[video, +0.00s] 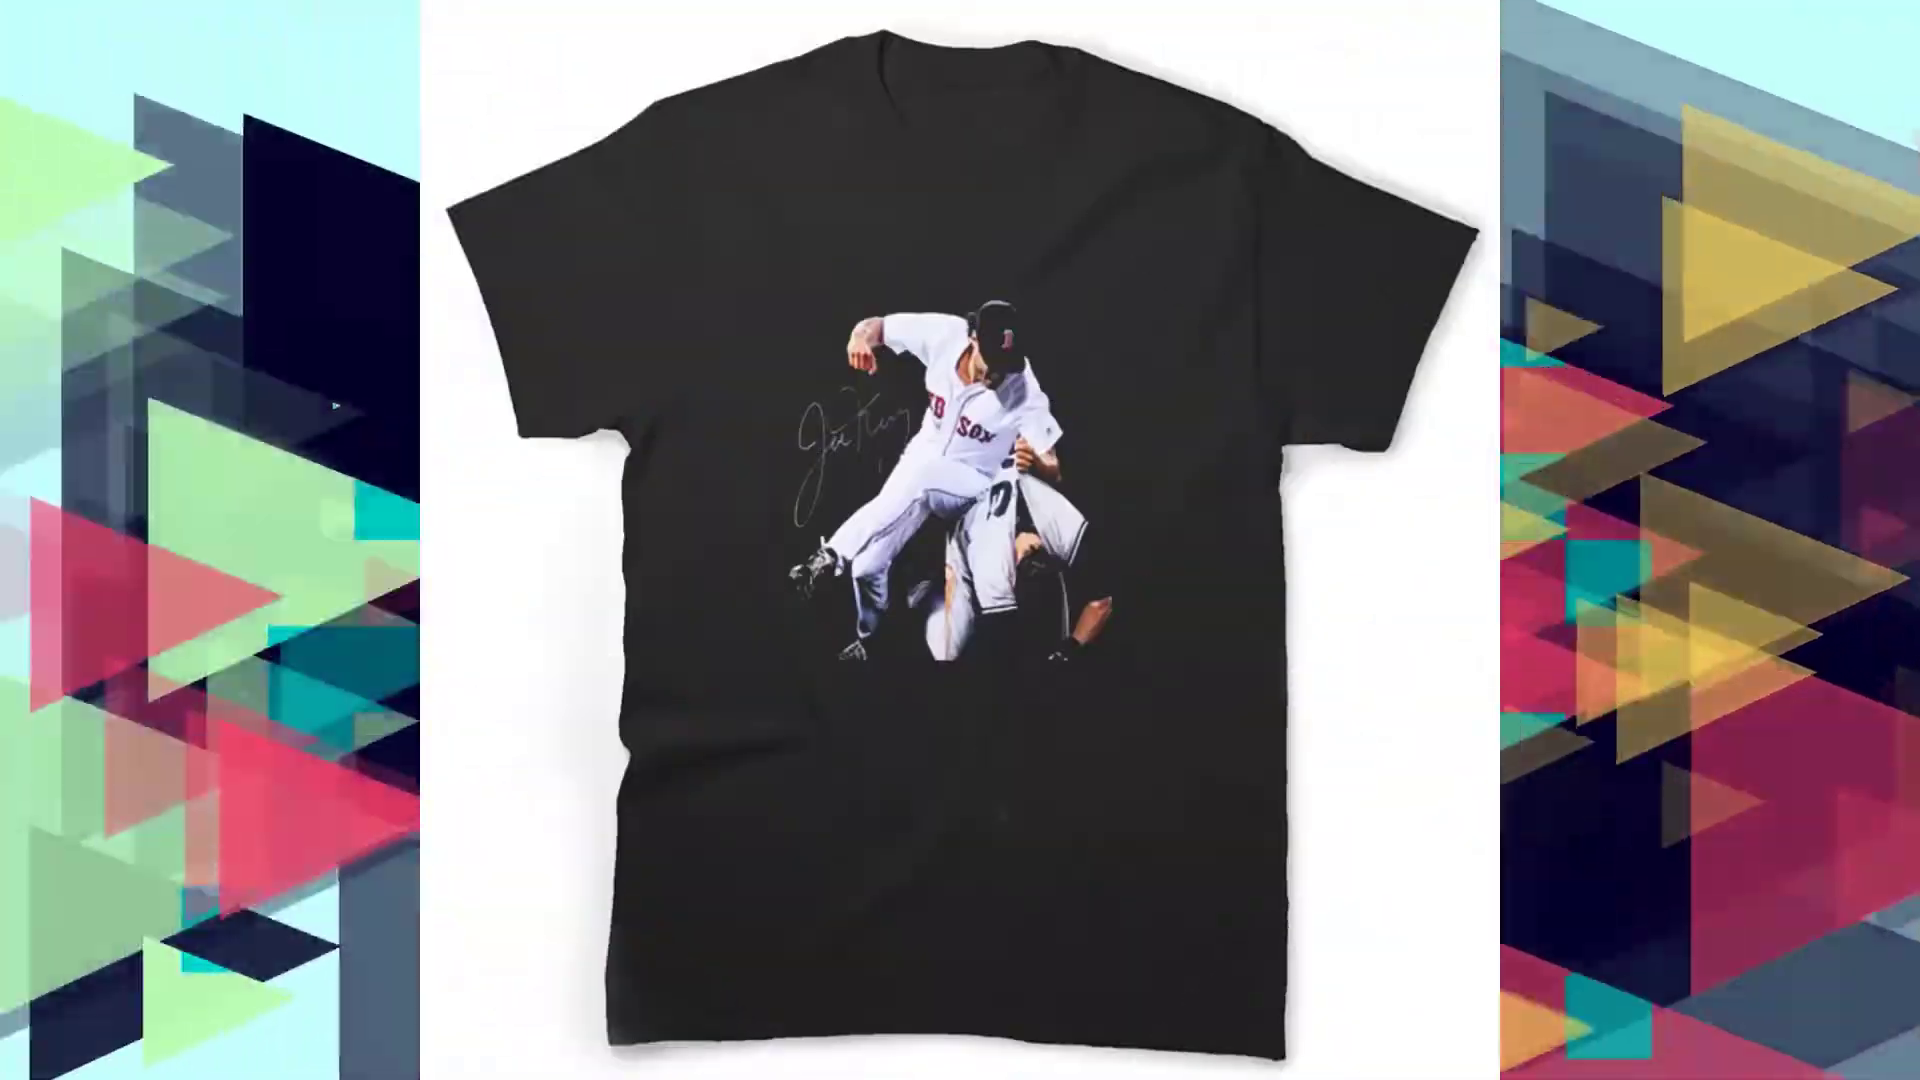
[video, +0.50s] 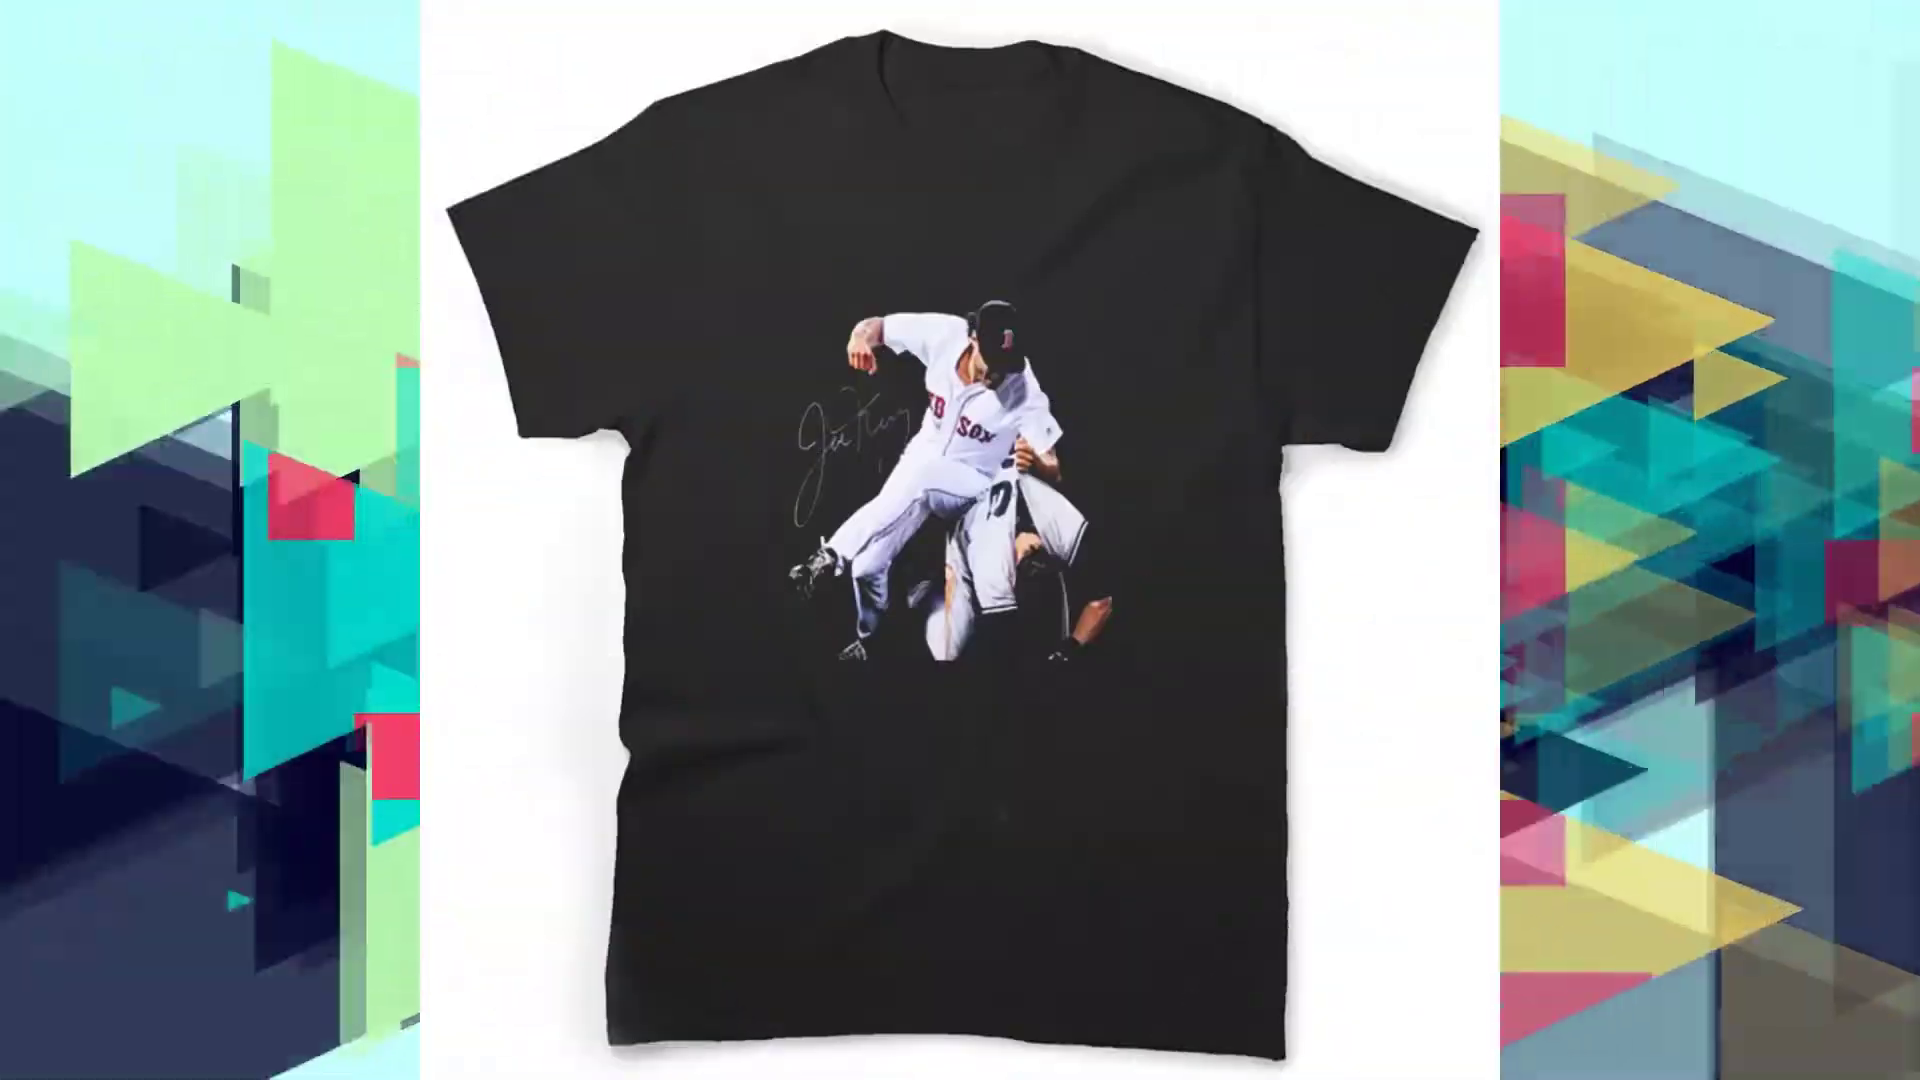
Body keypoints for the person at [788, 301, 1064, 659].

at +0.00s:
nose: (995, 373)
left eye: (1004, 366)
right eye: (990, 364)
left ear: (1016, 355)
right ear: (973, 342)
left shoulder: (1023, 390)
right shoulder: (946, 334)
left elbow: (1055, 470)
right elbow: (874, 327)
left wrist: (1038, 463)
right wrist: (861, 340)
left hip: (978, 482)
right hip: (922, 460)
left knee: (920, 477)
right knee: (867, 565)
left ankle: (827, 559)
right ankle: (870, 640)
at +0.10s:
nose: (995, 373)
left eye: (1004, 366)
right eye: (990, 364)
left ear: (1016, 355)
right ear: (973, 342)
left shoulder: (1023, 390)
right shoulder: (946, 334)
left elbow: (1055, 470)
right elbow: (874, 327)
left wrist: (1038, 463)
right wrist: (861, 340)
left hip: (978, 482)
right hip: (922, 460)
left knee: (920, 477)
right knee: (867, 565)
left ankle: (827, 559)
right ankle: (870, 640)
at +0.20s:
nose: (995, 373)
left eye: (1004, 366)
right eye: (990, 364)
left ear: (1016, 355)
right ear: (973, 342)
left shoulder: (1023, 390)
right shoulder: (946, 334)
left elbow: (1055, 470)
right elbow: (874, 327)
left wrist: (1038, 463)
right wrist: (861, 340)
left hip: (978, 482)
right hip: (922, 460)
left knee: (920, 477)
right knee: (867, 565)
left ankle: (827, 559)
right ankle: (870, 640)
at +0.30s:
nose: (995, 373)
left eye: (1004, 366)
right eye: (990, 364)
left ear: (1016, 355)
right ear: (973, 342)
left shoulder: (1023, 390)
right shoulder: (946, 334)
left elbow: (1055, 470)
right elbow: (874, 327)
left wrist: (1038, 463)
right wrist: (861, 340)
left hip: (978, 482)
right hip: (922, 460)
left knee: (920, 477)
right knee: (867, 565)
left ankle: (827, 559)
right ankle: (870, 640)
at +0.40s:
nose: (995, 373)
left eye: (1004, 366)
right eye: (990, 364)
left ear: (1016, 355)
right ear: (973, 342)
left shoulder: (1023, 390)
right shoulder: (946, 334)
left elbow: (1055, 470)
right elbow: (874, 327)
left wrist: (1038, 463)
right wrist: (861, 340)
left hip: (978, 482)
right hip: (922, 460)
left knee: (920, 477)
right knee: (867, 565)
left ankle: (827, 559)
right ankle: (870, 640)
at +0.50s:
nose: (995, 373)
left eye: (1004, 366)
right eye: (990, 364)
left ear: (1016, 355)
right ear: (973, 342)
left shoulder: (1023, 390)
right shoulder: (946, 334)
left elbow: (1055, 470)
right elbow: (874, 327)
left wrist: (1038, 463)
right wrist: (861, 340)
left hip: (978, 482)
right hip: (922, 460)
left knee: (920, 477)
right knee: (867, 565)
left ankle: (827, 559)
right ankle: (870, 640)